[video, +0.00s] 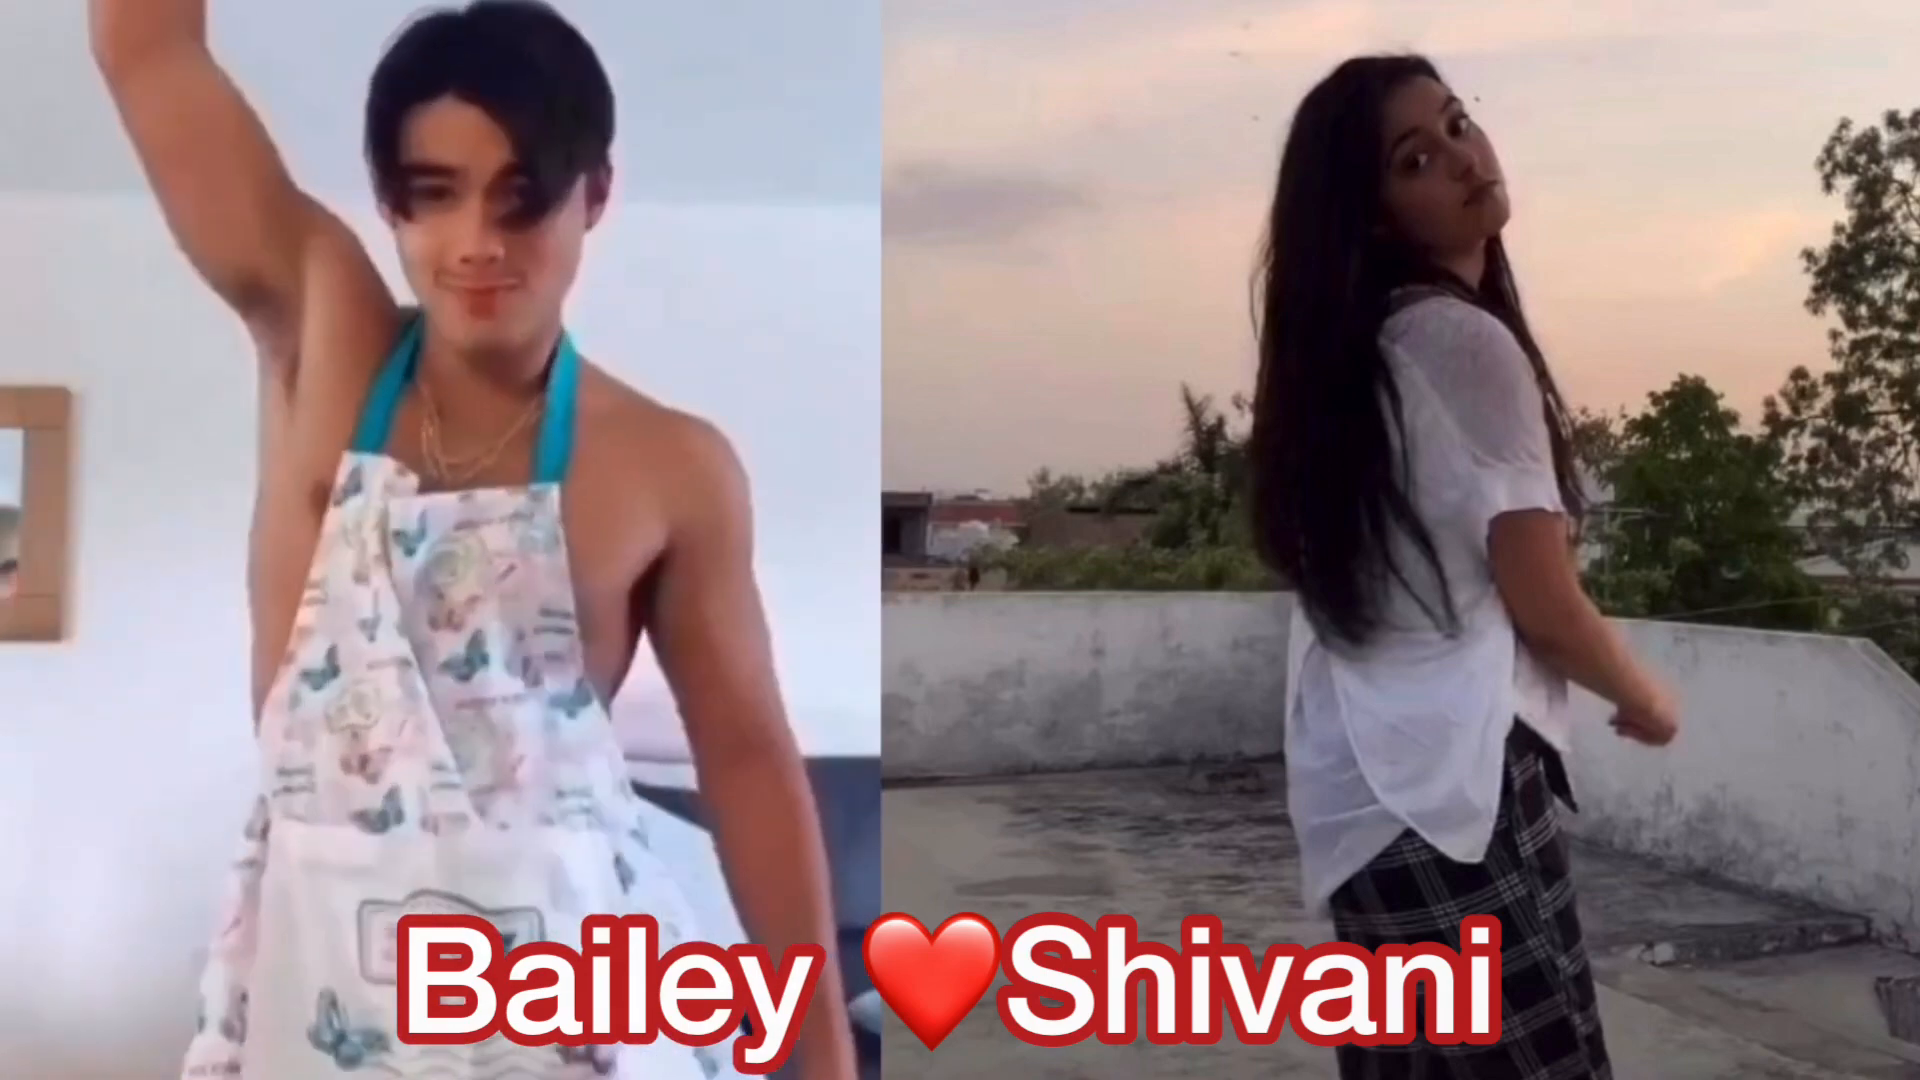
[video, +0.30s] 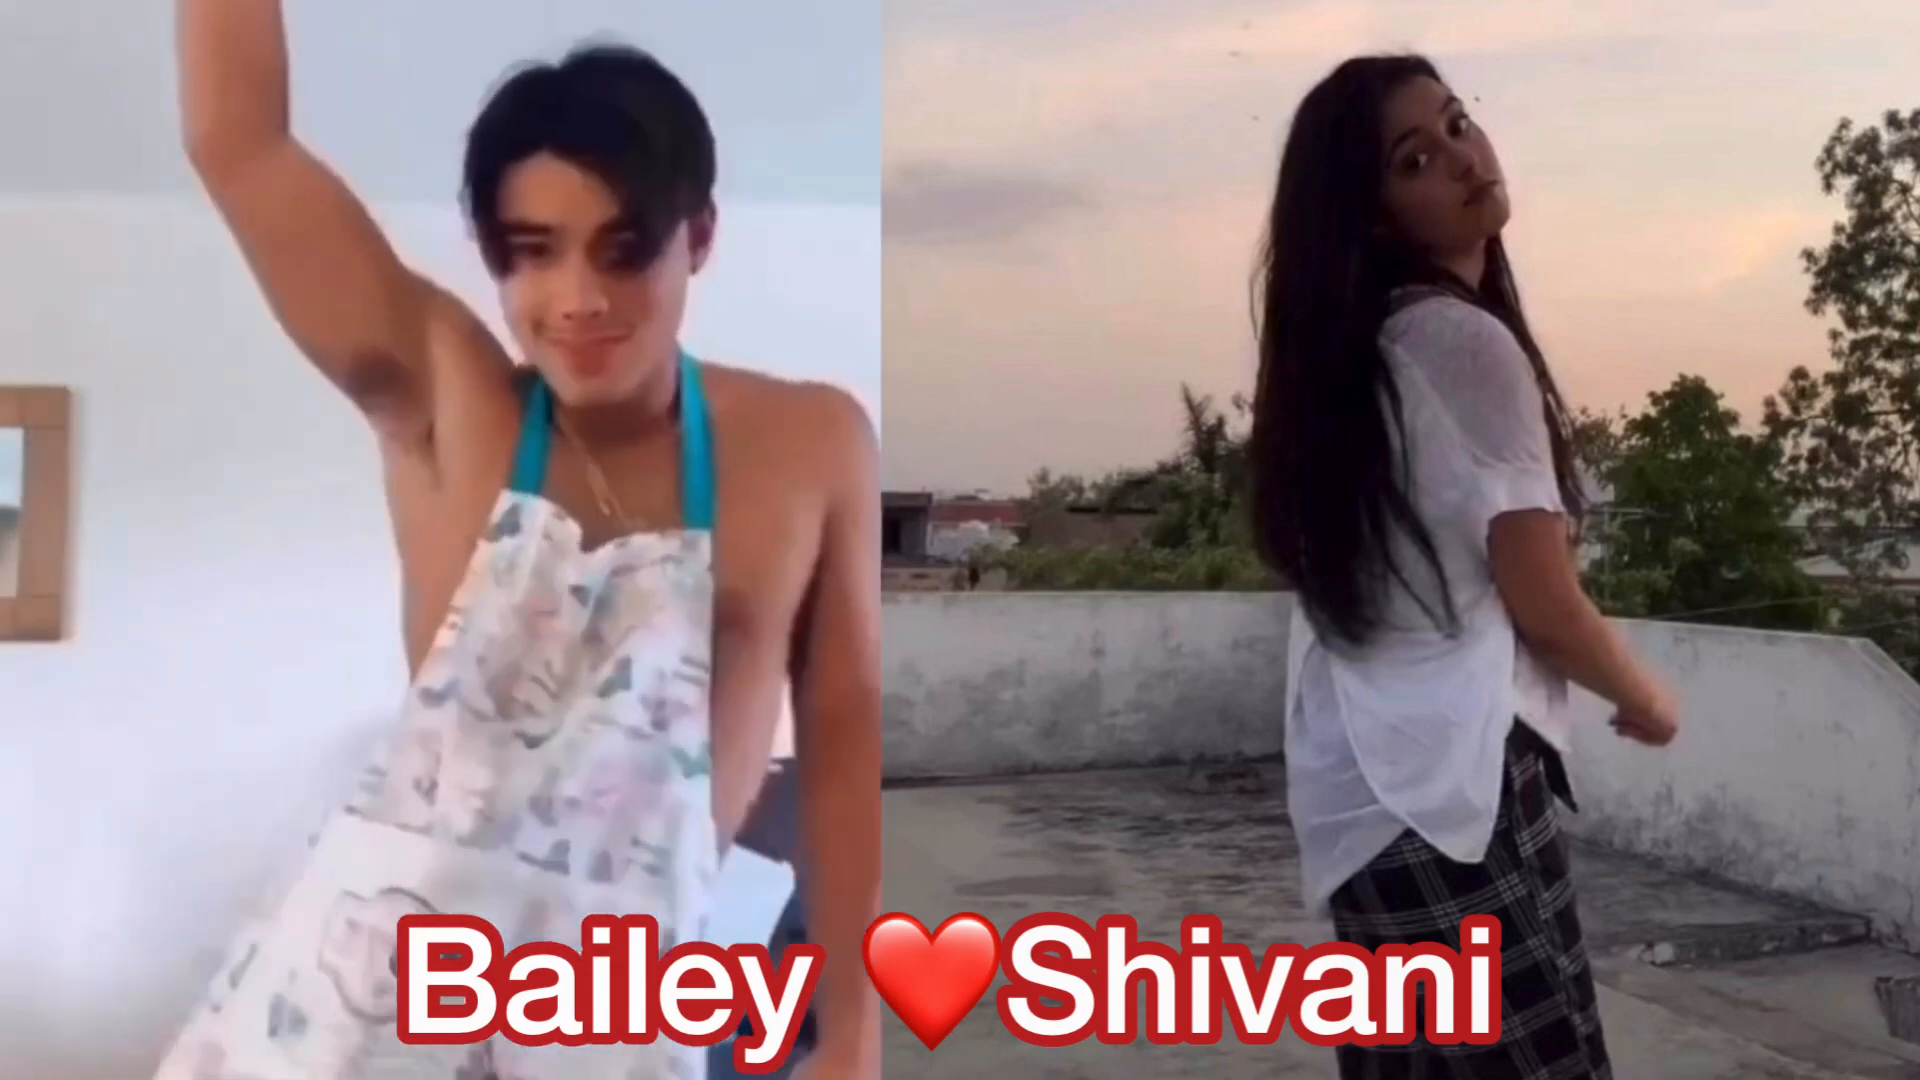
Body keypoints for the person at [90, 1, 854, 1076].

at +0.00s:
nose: (476, 245)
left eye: (523, 197)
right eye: (430, 196)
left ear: (596, 198)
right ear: (387, 206)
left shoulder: (670, 470)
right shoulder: (313, 319)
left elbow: (750, 765)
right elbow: (146, 44)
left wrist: (820, 1046)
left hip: (561, 983)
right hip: (311, 967)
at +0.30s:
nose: (577, 298)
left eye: (625, 248)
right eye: (533, 250)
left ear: (699, 239)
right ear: (491, 254)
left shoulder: (813, 445)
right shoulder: (433, 389)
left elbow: (841, 750)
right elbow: (237, 141)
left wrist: (846, 1037)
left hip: (647, 1015)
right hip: (385, 990)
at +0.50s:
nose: (653, 371)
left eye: (695, 319)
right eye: (605, 322)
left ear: (773, 309)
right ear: (566, 325)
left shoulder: (855, 470)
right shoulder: (505, 474)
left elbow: (858, 778)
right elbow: (285, 264)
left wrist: (853, 979)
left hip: (806, 1008)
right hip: (564, 1007)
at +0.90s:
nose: (657, 295)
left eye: (700, 241)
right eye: (607, 244)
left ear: (760, 235)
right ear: (554, 238)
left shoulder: (842, 416)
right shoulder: (471, 399)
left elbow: (820, 695)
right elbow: (269, 172)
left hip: (820, 993)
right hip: (577, 1001)